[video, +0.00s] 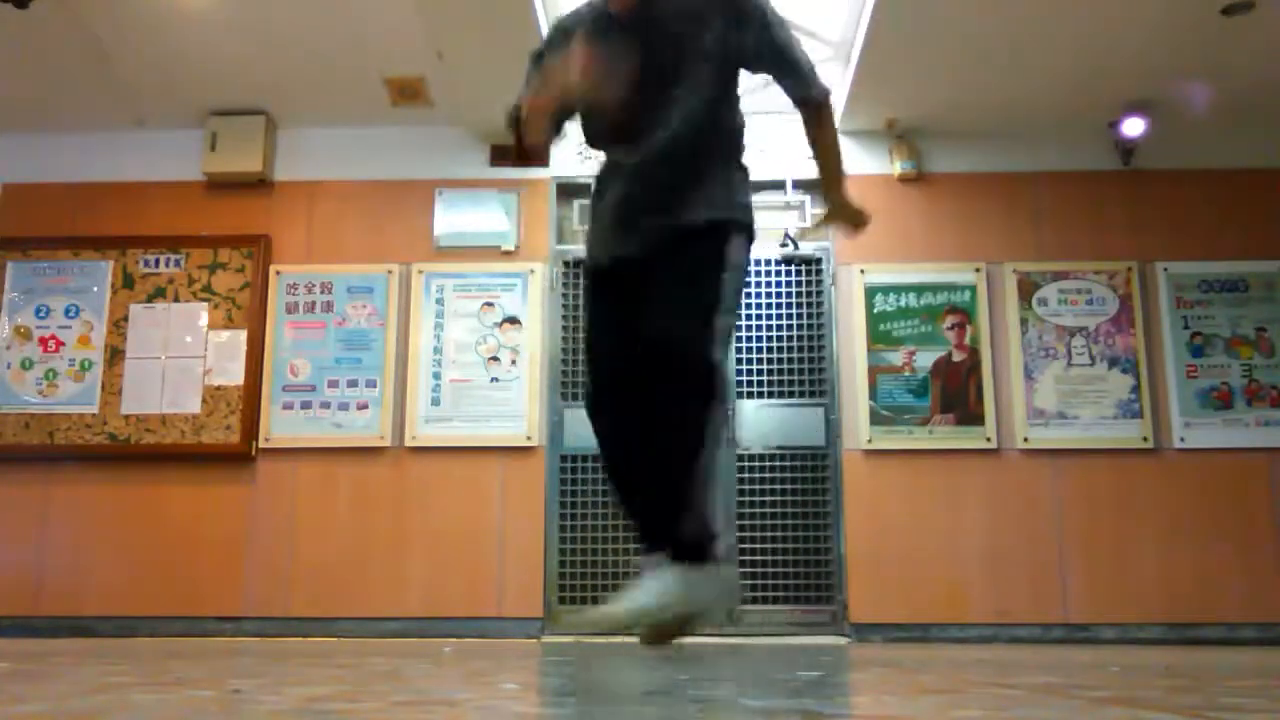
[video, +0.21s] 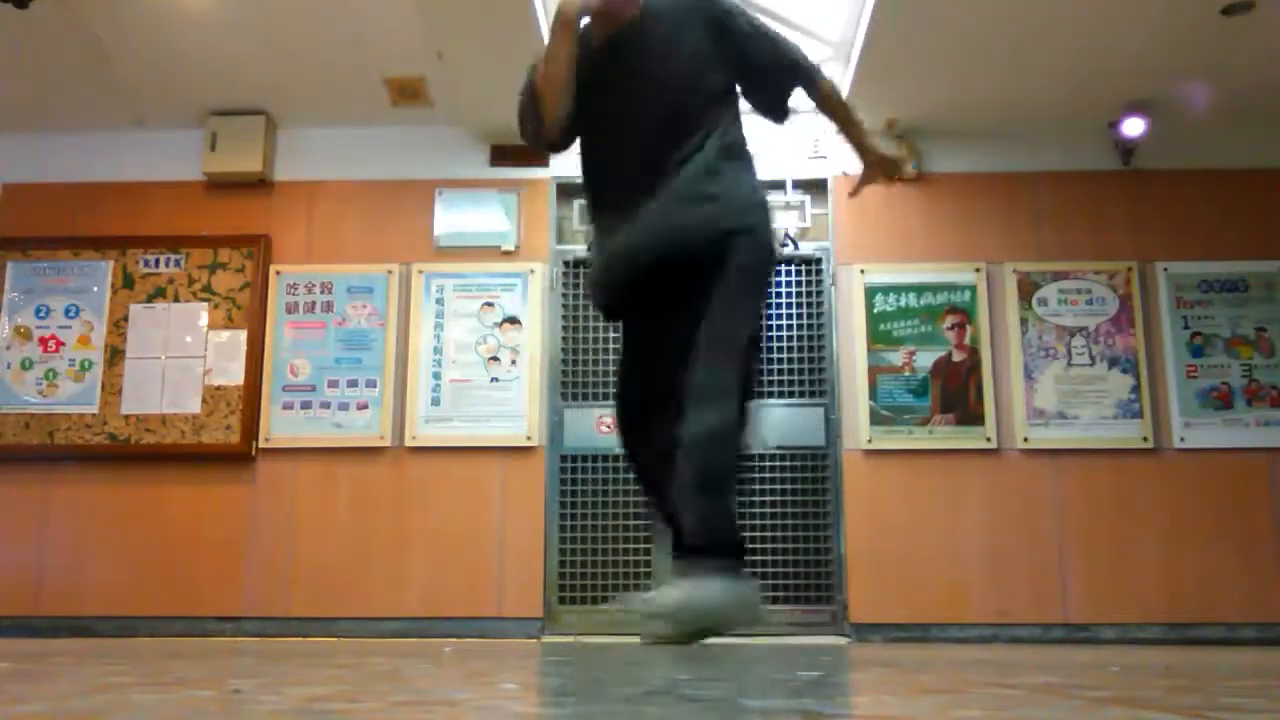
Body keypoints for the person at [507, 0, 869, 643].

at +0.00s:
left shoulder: (725, 10)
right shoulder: (580, 30)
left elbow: (811, 93)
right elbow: (531, 139)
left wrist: (835, 193)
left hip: (704, 214)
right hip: (620, 225)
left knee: (684, 375)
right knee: (614, 396)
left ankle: (690, 563)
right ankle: (677, 565)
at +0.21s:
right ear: (591, 3)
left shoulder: (701, 14)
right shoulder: (578, 52)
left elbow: (808, 79)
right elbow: (543, 133)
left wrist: (867, 151)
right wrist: (564, 23)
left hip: (724, 235)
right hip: (643, 255)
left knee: (710, 389)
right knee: (643, 415)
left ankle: (712, 571)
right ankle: (705, 571)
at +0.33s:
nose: (574, 12)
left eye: (579, 3)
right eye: (566, 8)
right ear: (561, 15)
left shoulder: (676, 21)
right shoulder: (565, 72)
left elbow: (790, 35)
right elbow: (550, 161)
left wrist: (838, 92)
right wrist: (567, 58)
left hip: (741, 239)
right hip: (660, 263)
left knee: (791, 388)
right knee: (658, 431)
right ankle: (708, 598)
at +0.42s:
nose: (595, 16)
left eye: (603, 5)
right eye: (583, 10)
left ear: (629, 5)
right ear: (569, 20)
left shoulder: (679, 38)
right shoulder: (586, 101)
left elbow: (755, 20)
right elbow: (541, 173)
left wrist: (815, 41)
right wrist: (567, 71)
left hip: (744, 275)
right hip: (661, 296)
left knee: (829, 417)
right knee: (638, 446)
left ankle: (953, 394)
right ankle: (711, 600)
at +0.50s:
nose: (603, 14)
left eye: (611, 4)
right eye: (594, 9)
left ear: (639, 2)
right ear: (587, 20)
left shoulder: (684, 34)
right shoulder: (595, 101)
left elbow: (766, 10)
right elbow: (555, 162)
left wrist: (820, 49)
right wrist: (582, 68)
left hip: (750, 270)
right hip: (668, 294)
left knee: (812, 400)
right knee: (646, 430)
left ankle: (882, 348)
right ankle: (707, 595)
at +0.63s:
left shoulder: (737, 8)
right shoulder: (612, 42)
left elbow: (836, 31)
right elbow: (578, 131)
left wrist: (842, 140)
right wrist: (617, 31)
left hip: (759, 228)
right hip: (671, 243)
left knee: (778, 367)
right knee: (675, 417)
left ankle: (785, 452)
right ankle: (692, 574)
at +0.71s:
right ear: (635, 1)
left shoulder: (746, 28)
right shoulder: (617, 58)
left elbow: (844, 76)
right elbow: (594, 128)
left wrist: (829, 177)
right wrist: (633, 42)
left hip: (759, 248)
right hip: (671, 258)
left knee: (763, 403)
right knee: (676, 419)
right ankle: (683, 579)